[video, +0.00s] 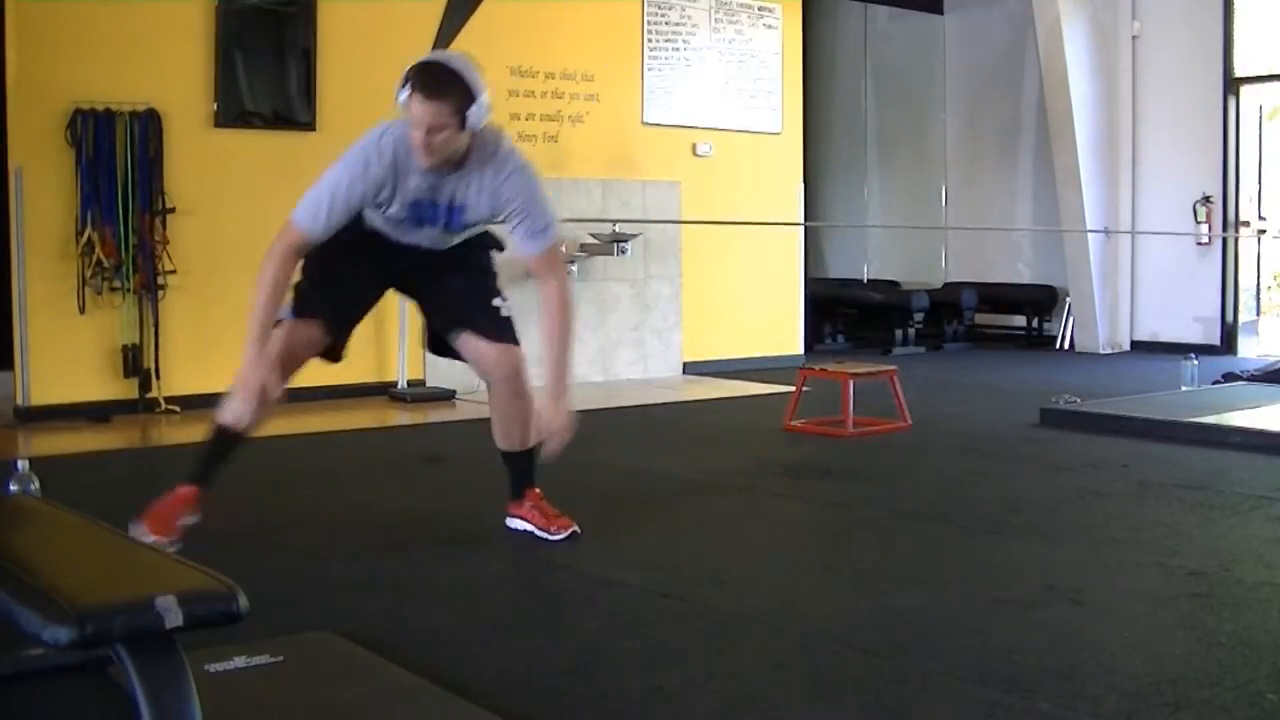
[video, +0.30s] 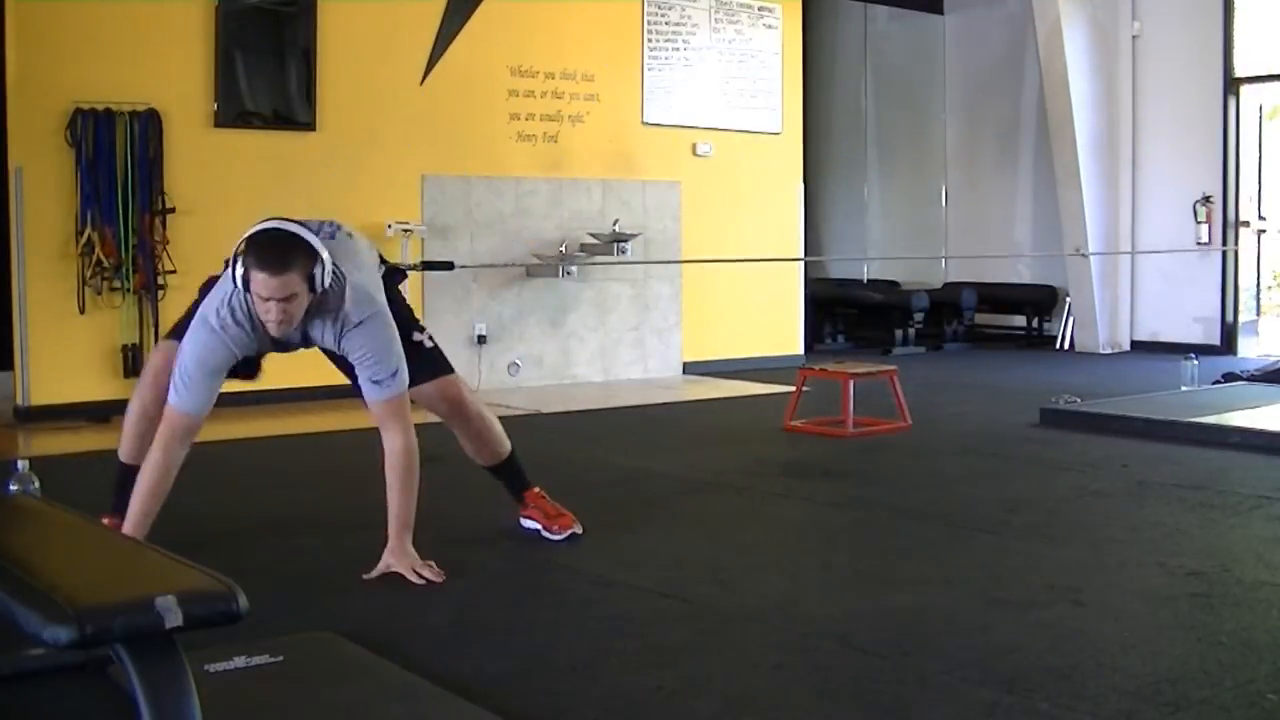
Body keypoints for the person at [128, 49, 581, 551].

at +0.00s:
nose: (421, 142)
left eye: (438, 130)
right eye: (413, 126)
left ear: (470, 124)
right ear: (404, 114)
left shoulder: (506, 169)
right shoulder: (380, 150)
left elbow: (553, 275)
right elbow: (286, 246)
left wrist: (558, 394)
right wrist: (253, 363)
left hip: (454, 255)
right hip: (365, 242)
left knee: (505, 363)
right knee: (290, 346)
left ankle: (524, 499)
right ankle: (192, 491)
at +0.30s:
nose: (276, 314)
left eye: (288, 300)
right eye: (263, 300)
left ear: (313, 289)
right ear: (242, 288)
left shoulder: (357, 301)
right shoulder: (222, 314)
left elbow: (396, 431)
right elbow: (173, 439)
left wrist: (400, 543)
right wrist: (129, 539)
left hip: (353, 288)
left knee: (453, 400)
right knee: (157, 374)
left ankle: (529, 499)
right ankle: (115, 523)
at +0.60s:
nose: (488, 151)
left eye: (491, 138)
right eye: (477, 139)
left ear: (485, 138)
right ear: (435, 138)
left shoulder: (490, 206)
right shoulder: (357, 181)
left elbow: (492, 326)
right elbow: (265, 227)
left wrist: (433, 400)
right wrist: (209, 302)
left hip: (427, 290)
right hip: (336, 284)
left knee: (525, 360)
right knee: (246, 394)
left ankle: (531, 498)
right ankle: (126, 518)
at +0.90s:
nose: (659, 46)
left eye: (659, 35)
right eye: (649, 36)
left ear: (642, 39)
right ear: (609, 39)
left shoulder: (665, 99)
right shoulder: (550, 104)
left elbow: (693, 188)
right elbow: (453, 161)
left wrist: (676, 261)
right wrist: (411, 249)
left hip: (623, 234)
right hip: (548, 236)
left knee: (704, 325)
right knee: (560, 340)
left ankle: (670, 448)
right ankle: (591, 487)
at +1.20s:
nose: (818, 44)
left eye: (818, 33)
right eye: (808, 34)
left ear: (810, 37)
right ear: (771, 38)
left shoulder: (824, 84)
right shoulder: (725, 107)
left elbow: (849, 146)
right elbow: (651, 173)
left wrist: (866, 159)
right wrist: (592, 233)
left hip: (791, 226)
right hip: (725, 228)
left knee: (865, 323)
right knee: (758, 317)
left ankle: (849, 456)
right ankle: (720, 458)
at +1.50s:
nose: (934, 93)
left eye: (936, 83)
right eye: (926, 84)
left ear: (935, 87)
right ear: (896, 86)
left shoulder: (928, 139)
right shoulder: (852, 144)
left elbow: (923, 202)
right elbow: (809, 234)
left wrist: (942, 274)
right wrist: (841, 313)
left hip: (874, 252)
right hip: (810, 252)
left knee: (931, 338)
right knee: (822, 335)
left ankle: (966, 440)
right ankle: (819, 454)